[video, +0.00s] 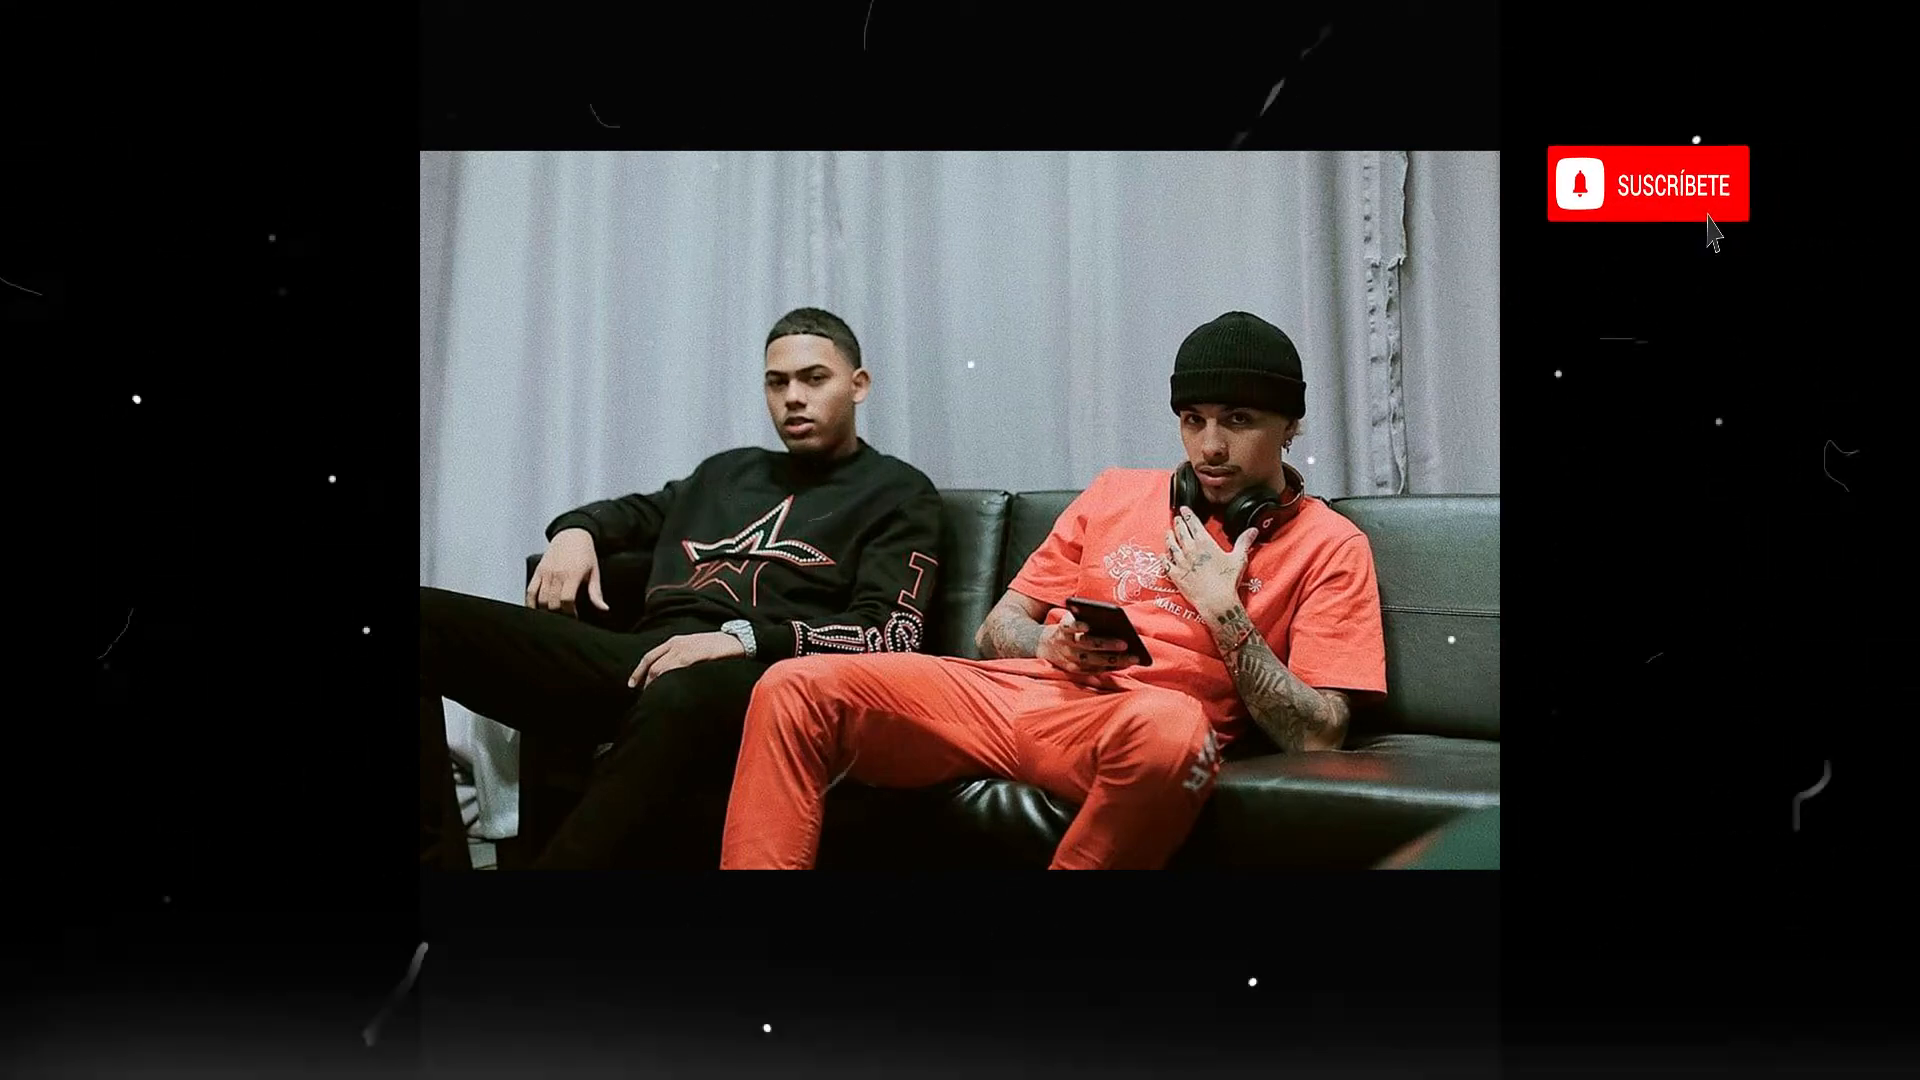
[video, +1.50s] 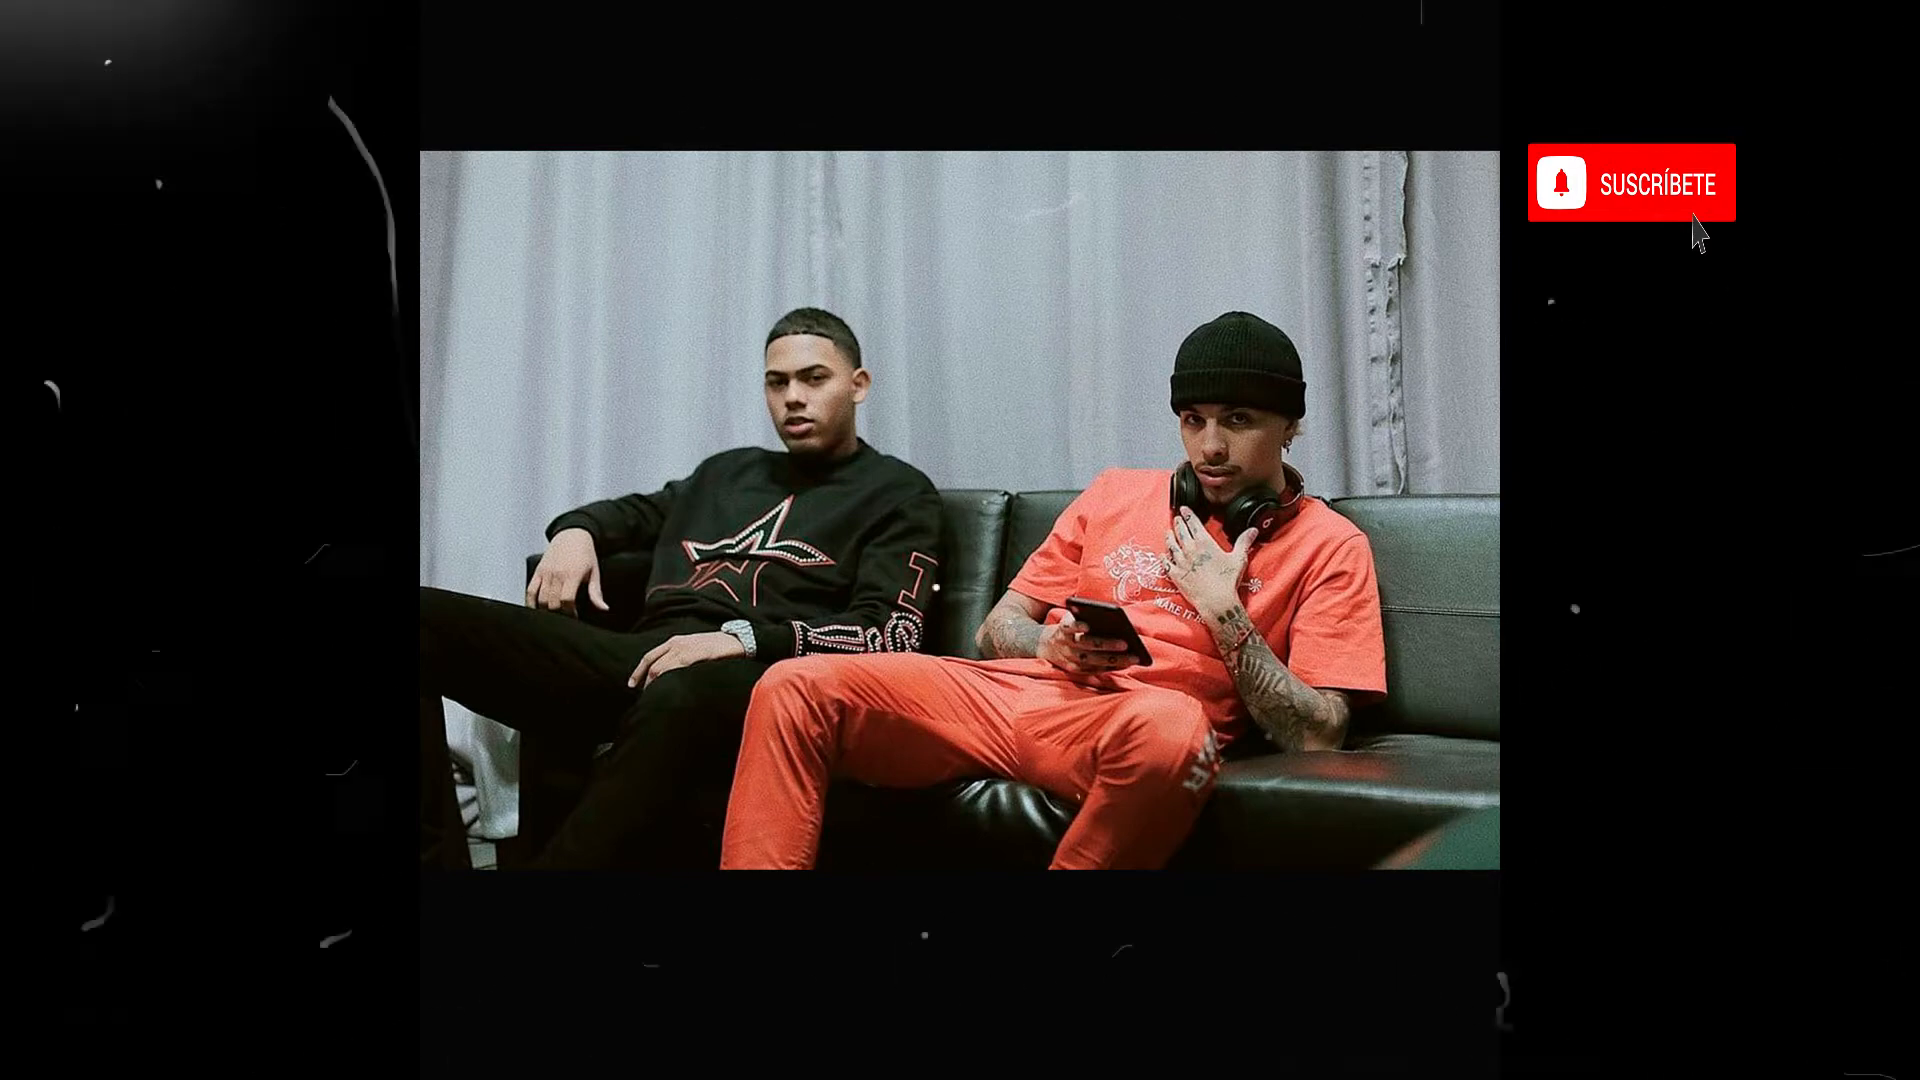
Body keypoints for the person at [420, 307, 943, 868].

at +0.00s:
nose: (793, 398)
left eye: (813, 379)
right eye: (778, 382)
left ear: (859, 385)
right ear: (765, 390)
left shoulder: (899, 494)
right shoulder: (728, 472)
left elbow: (892, 635)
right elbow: (640, 516)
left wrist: (743, 638)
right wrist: (575, 530)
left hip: (770, 681)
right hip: (638, 654)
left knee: (681, 701)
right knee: (420, 617)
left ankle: (556, 886)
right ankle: (441, 870)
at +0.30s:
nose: (793, 398)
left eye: (813, 378)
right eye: (779, 382)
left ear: (859, 385)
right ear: (765, 390)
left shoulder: (899, 493)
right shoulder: (728, 472)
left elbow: (893, 635)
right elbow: (641, 515)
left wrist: (745, 638)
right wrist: (575, 529)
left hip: (769, 680)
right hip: (637, 654)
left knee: (683, 699)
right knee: (424, 617)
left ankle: (561, 871)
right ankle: (441, 858)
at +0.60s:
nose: (793, 398)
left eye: (813, 378)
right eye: (779, 382)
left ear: (859, 385)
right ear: (765, 390)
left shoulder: (899, 493)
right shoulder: (728, 472)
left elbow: (892, 635)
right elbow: (641, 515)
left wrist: (745, 638)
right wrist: (575, 529)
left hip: (769, 680)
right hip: (637, 654)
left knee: (684, 699)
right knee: (426, 617)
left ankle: (561, 869)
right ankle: (441, 855)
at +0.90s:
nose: (793, 399)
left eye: (813, 379)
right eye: (779, 382)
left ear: (859, 385)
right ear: (765, 391)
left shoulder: (898, 492)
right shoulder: (728, 472)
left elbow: (893, 635)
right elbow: (636, 516)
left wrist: (744, 638)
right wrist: (575, 530)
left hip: (773, 679)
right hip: (642, 651)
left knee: (678, 697)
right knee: (425, 616)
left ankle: (561, 870)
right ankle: (441, 856)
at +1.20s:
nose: (793, 399)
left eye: (813, 379)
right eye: (779, 382)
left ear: (859, 385)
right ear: (765, 391)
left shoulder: (899, 493)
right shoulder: (728, 472)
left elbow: (893, 633)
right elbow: (639, 515)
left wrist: (744, 638)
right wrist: (575, 530)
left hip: (768, 680)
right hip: (637, 653)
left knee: (683, 699)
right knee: (425, 617)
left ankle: (561, 874)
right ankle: (439, 861)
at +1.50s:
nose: (793, 399)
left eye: (813, 379)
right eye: (779, 382)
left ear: (859, 385)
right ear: (765, 391)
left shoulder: (900, 493)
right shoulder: (728, 472)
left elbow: (894, 634)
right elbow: (640, 515)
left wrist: (742, 639)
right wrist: (574, 530)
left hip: (769, 681)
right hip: (637, 653)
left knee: (682, 699)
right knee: (425, 617)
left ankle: (562, 871)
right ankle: (440, 856)